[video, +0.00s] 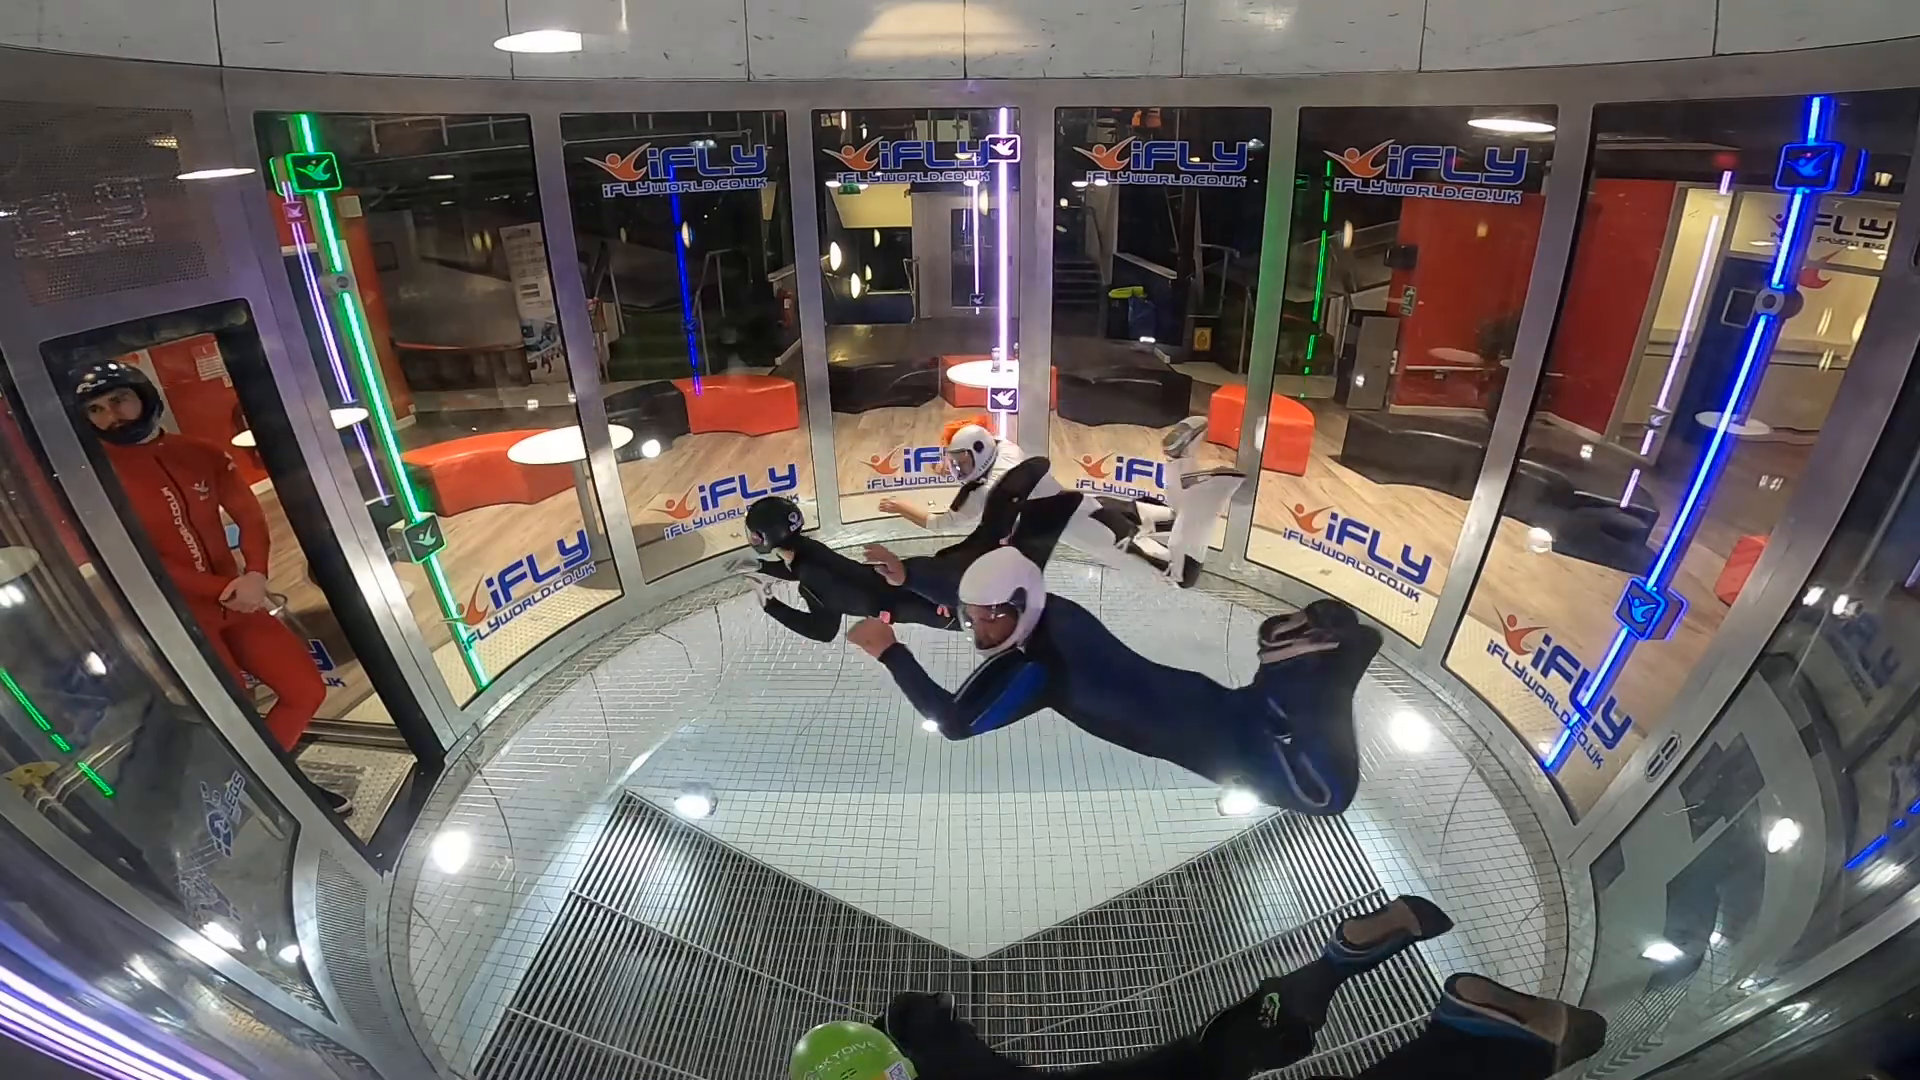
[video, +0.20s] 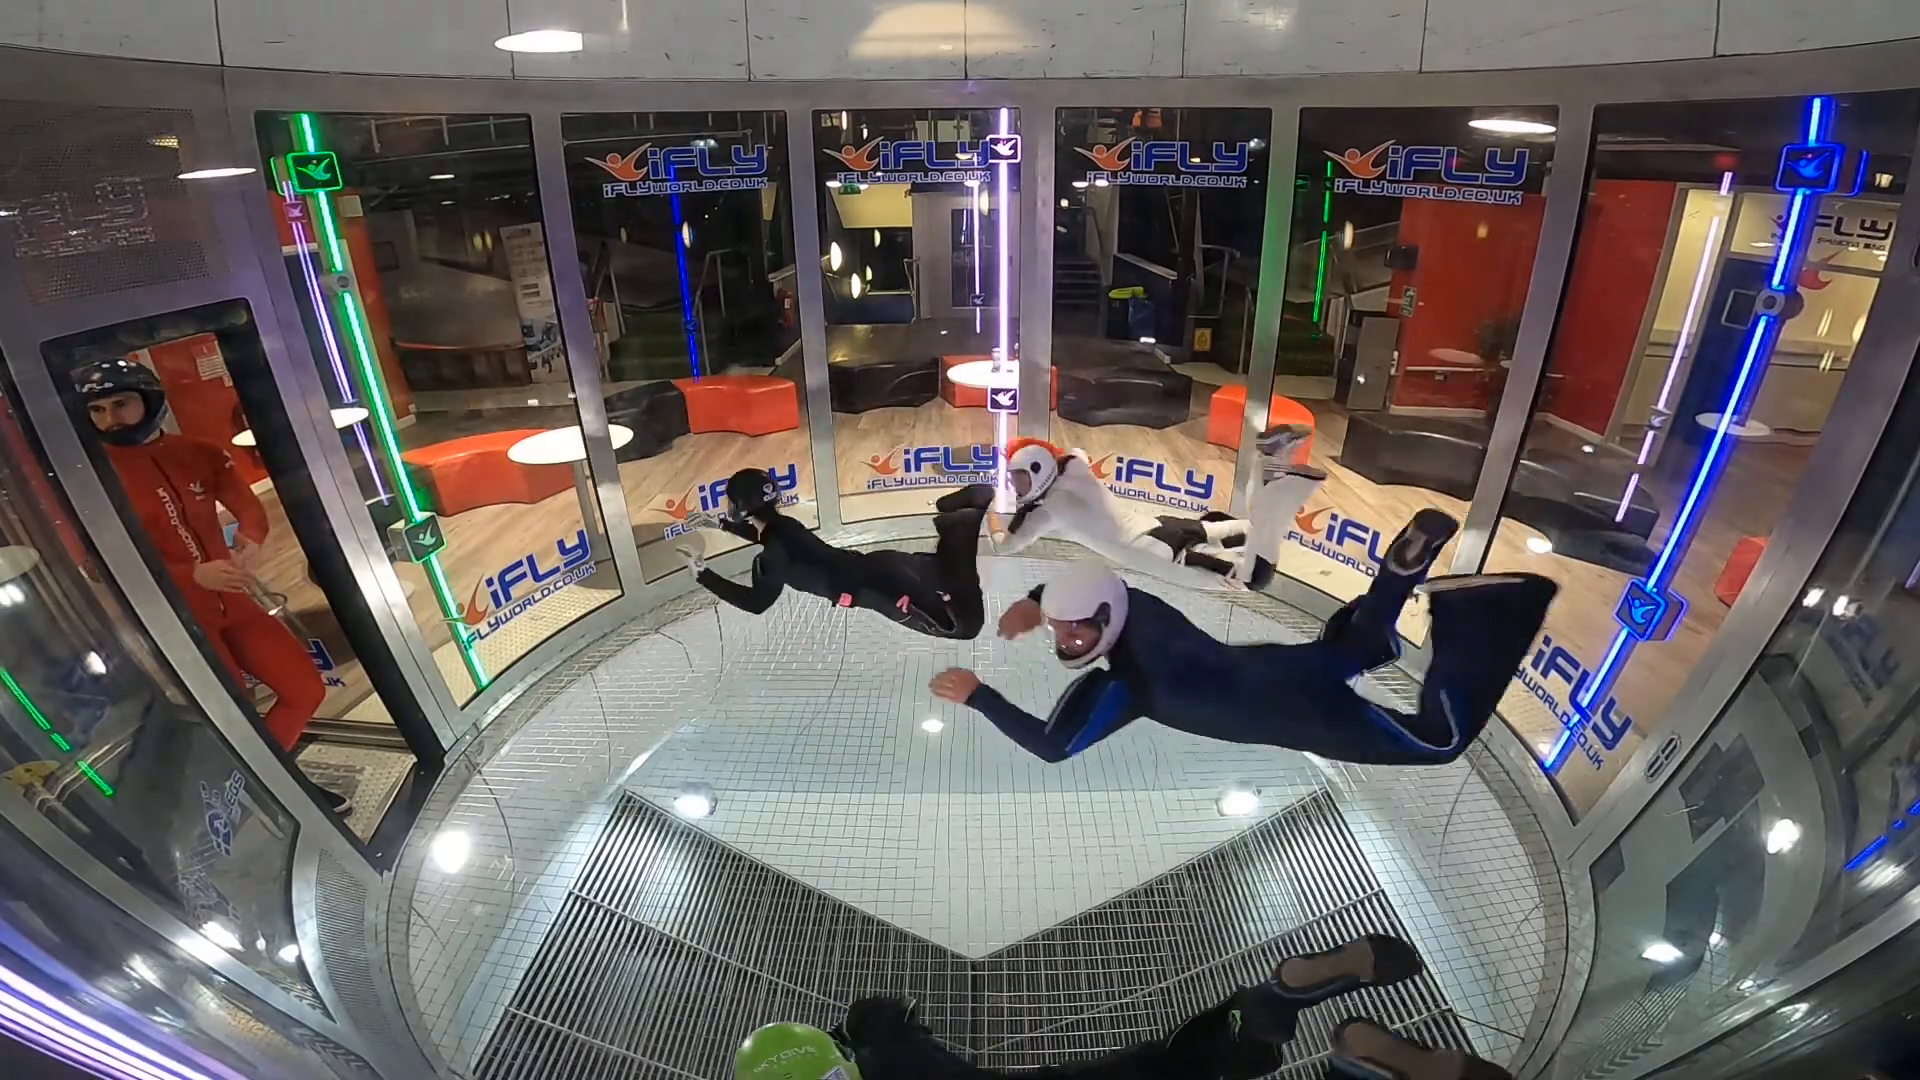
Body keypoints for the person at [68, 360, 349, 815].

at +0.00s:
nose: (115, 416)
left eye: (120, 400)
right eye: (98, 410)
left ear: (142, 398)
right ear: (86, 422)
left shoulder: (198, 454)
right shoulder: (97, 477)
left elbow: (250, 515)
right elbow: (135, 568)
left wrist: (254, 575)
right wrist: (225, 589)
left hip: (236, 603)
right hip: (185, 621)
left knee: (306, 690)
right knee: (238, 714)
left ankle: (245, 782)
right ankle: (292, 792)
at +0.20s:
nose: (112, 420)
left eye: (122, 404)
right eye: (98, 410)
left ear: (146, 402)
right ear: (85, 415)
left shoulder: (192, 455)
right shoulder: (93, 476)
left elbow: (252, 511)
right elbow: (111, 566)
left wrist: (250, 543)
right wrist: (192, 573)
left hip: (234, 603)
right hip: (181, 621)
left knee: (306, 689)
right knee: (238, 712)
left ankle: (242, 783)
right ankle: (292, 791)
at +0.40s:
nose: (119, 424)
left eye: (131, 409)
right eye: (105, 412)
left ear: (155, 408)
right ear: (91, 416)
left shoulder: (190, 454)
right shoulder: (91, 475)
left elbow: (246, 503)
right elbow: (99, 558)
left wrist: (201, 500)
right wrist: (167, 531)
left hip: (231, 607)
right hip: (181, 628)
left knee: (305, 688)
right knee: (239, 715)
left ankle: (244, 782)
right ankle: (290, 790)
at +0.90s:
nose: (118, 425)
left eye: (132, 412)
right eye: (106, 412)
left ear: (157, 413)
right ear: (91, 415)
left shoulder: (184, 453)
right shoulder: (85, 474)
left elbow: (242, 496)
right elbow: (72, 544)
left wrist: (193, 493)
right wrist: (110, 495)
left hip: (225, 608)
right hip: (173, 631)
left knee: (302, 688)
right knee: (236, 714)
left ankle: (242, 781)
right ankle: (293, 791)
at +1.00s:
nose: (117, 425)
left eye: (132, 412)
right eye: (106, 413)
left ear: (158, 412)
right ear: (92, 414)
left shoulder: (186, 455)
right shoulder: (90, 470)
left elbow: (242, 500)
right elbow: (71, 542)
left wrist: (204, 509)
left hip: (224, 607)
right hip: (172, 630)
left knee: (301, 687)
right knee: (237, 712)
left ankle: (245, 781)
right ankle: (293, 791)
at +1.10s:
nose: (116, 426)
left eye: (130, 413)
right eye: (105, 413)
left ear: (157, 413)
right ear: (92, 415)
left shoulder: (193, 456)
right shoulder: (89, 474)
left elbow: (243, 505)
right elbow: (72, 546)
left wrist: (219, 527)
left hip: (225, 607)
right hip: (169, 629)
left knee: (302, 688)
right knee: (233, 713)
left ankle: (243, 779)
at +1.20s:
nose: (116, 426)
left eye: (129, 413)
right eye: (104, 414)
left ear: (155, 412)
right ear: (90, 414)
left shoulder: (190, 455)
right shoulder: (84, 474)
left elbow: (241, 504)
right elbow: (67, 541)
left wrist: (231, 538)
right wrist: (114, 503)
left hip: (224, 605)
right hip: (168, 627)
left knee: (302, 688)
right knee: (232, 715)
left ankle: (244, 779)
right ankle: (294, 790)